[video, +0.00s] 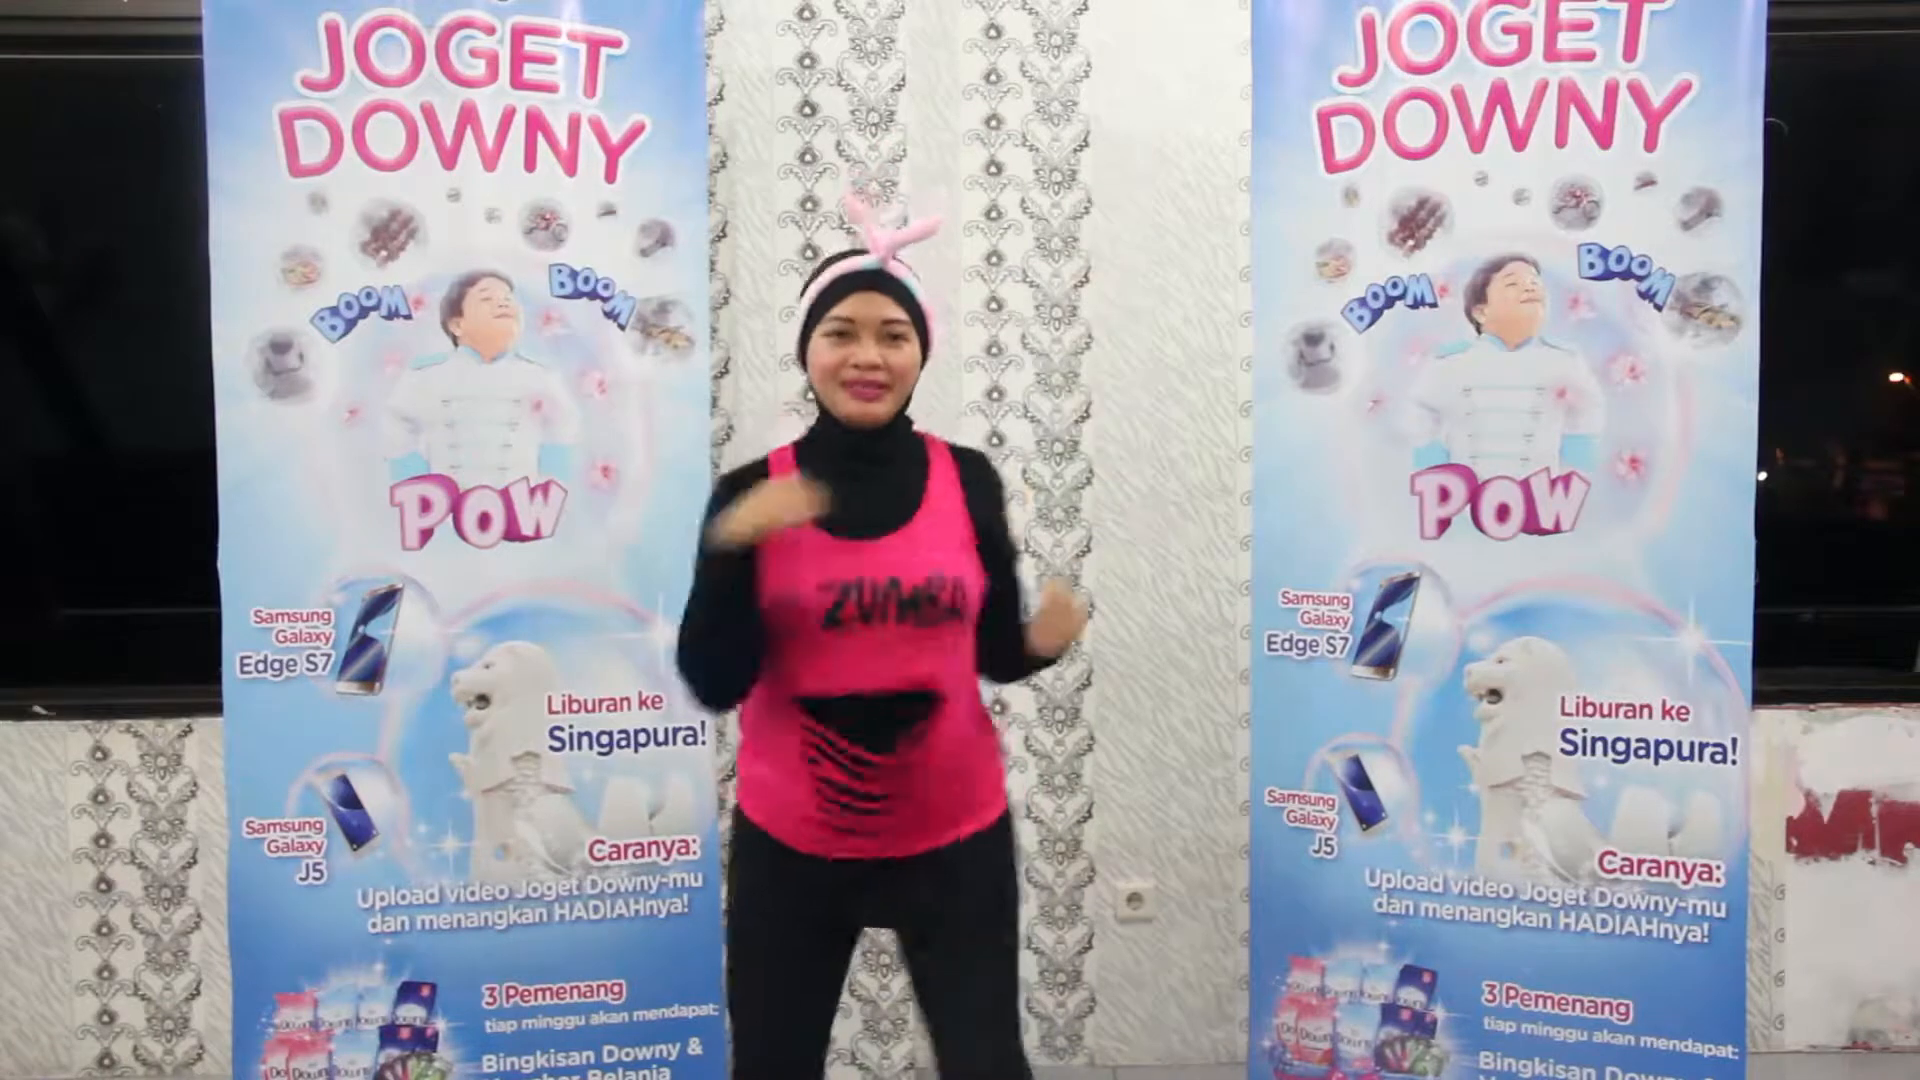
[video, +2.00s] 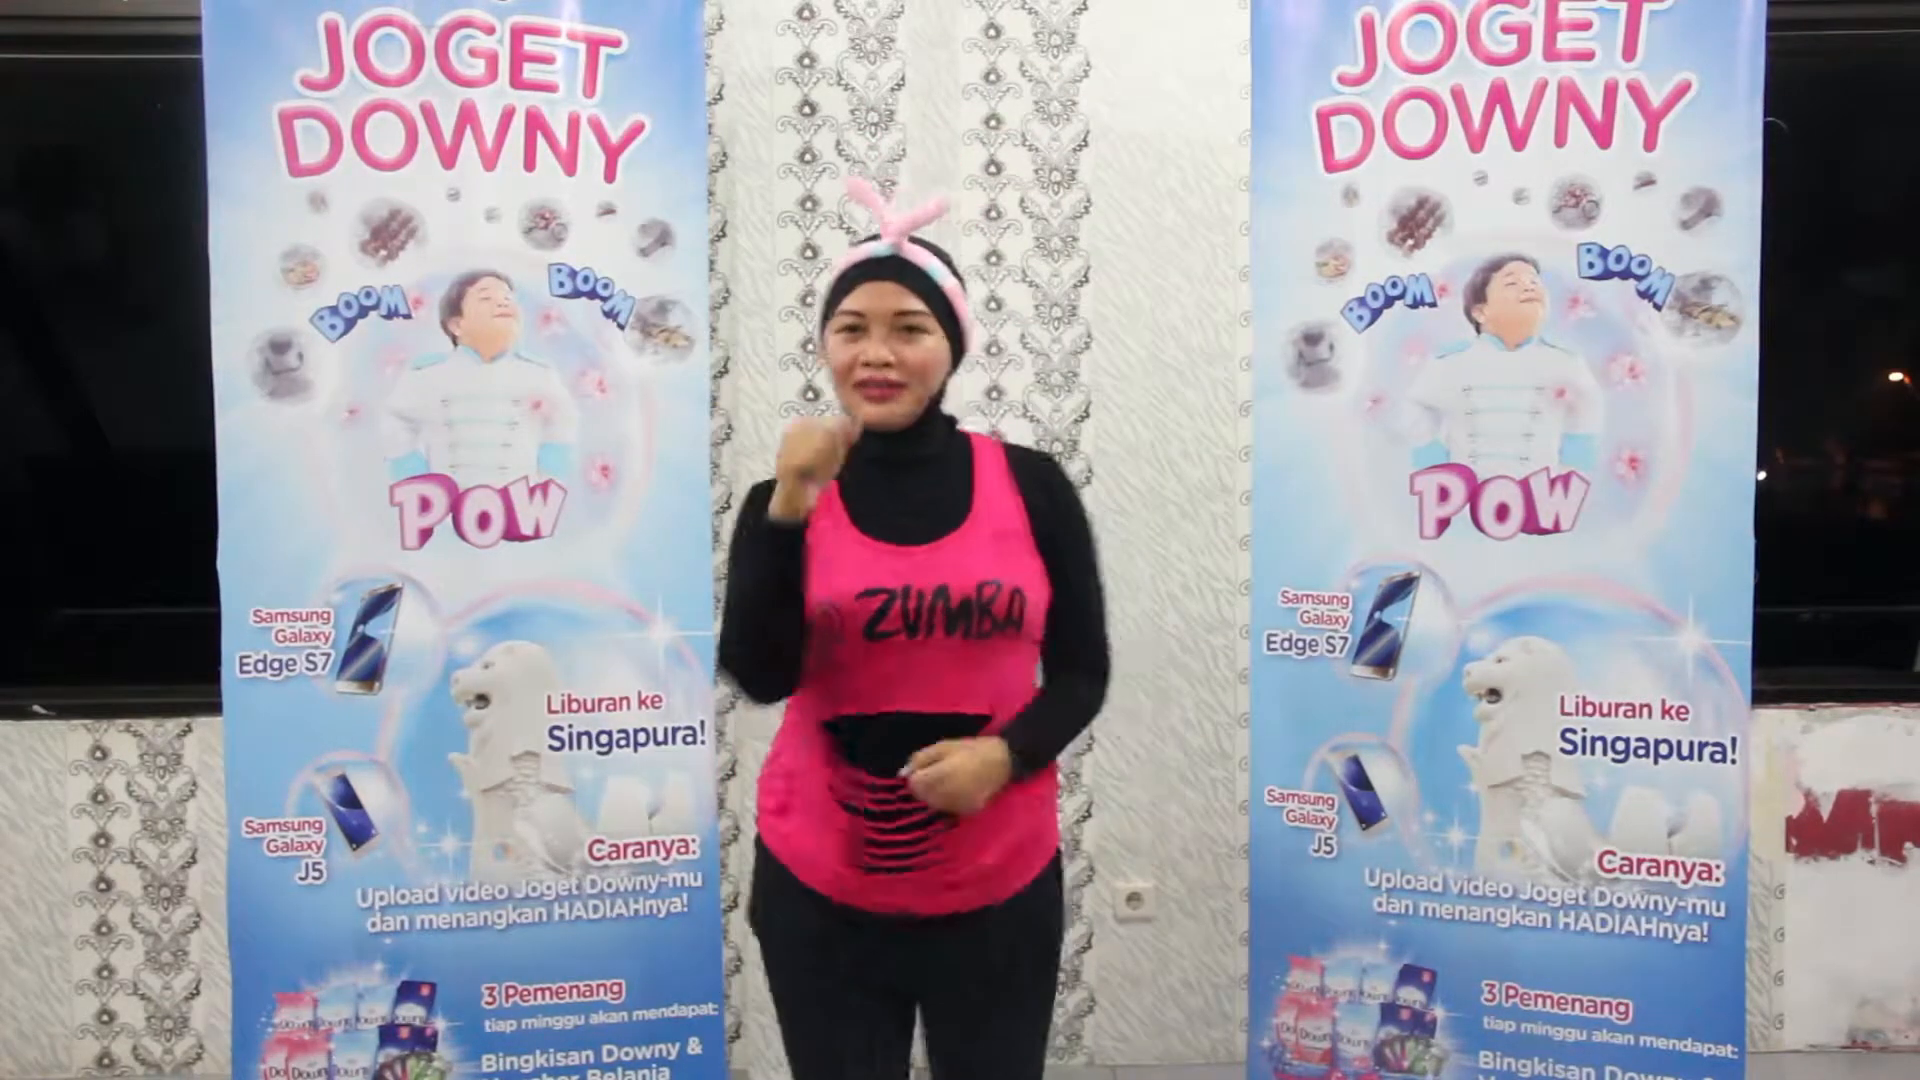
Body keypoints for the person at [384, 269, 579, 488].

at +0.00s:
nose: (502, 303)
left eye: (508, 297)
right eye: (485, 298)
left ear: (519, 315)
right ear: (455, 324)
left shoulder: (539, 378)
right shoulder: (421, 377)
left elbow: (560, 438)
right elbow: (395, 433)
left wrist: (545, 498)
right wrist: (415, 490)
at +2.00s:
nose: (503, 301)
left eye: (508, 296)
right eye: (485, 297)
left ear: (518, 314)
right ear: (455, 324)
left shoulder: (539, 376)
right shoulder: (423, 377)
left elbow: (561, 432)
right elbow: (394, 425)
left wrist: (545, 491)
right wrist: (413, 486)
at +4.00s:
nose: (503, 302)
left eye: (508, 297)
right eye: (485, 297)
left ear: (518, 315)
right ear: (455, 324)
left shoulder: (539, 378)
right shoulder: (422, 377)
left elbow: (559, 441)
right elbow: (394, 428)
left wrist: (543, 498)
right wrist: (415, 488)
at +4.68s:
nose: (502, 303)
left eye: (508, 297)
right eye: (484, 298)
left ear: (518, 316)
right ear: (455, 324)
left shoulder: (537, 376)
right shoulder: (424, 377)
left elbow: (559, 434)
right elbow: (394, 426)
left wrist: (545, 494)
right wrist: (413, 486)